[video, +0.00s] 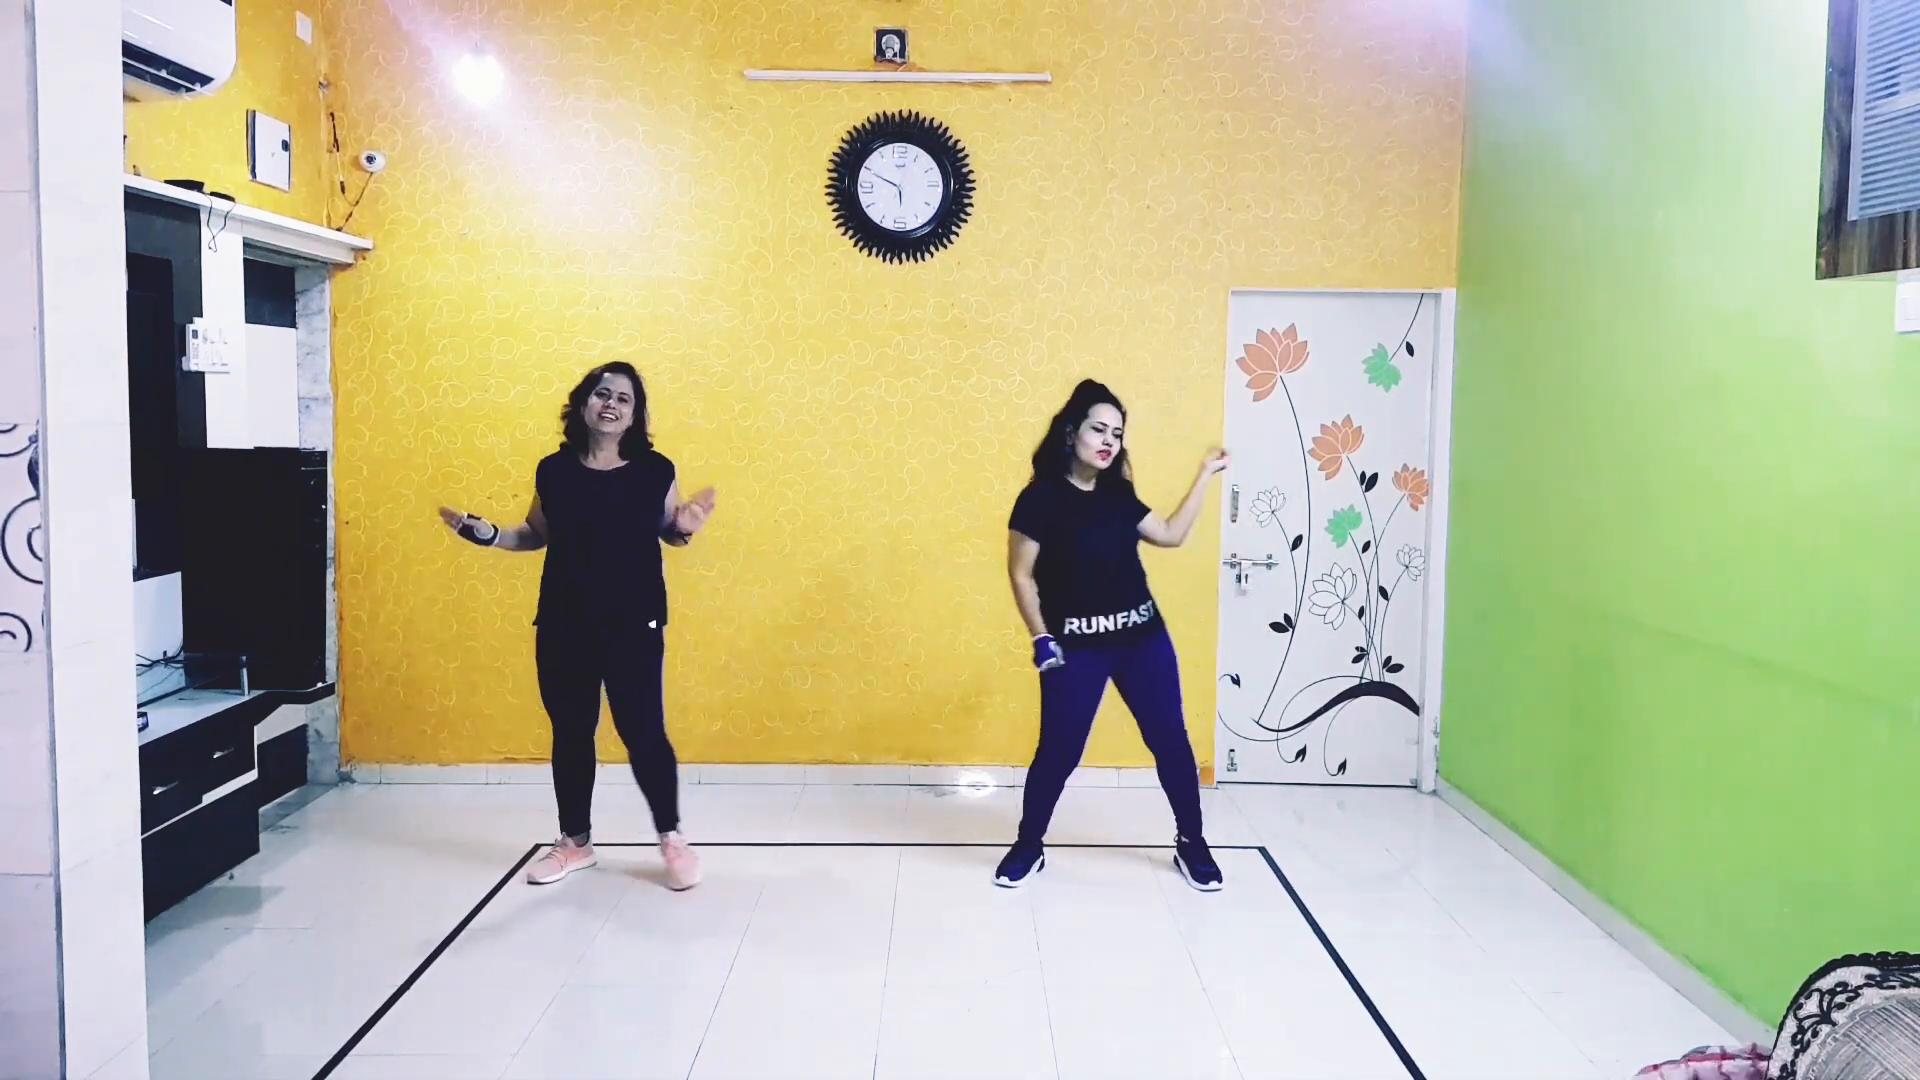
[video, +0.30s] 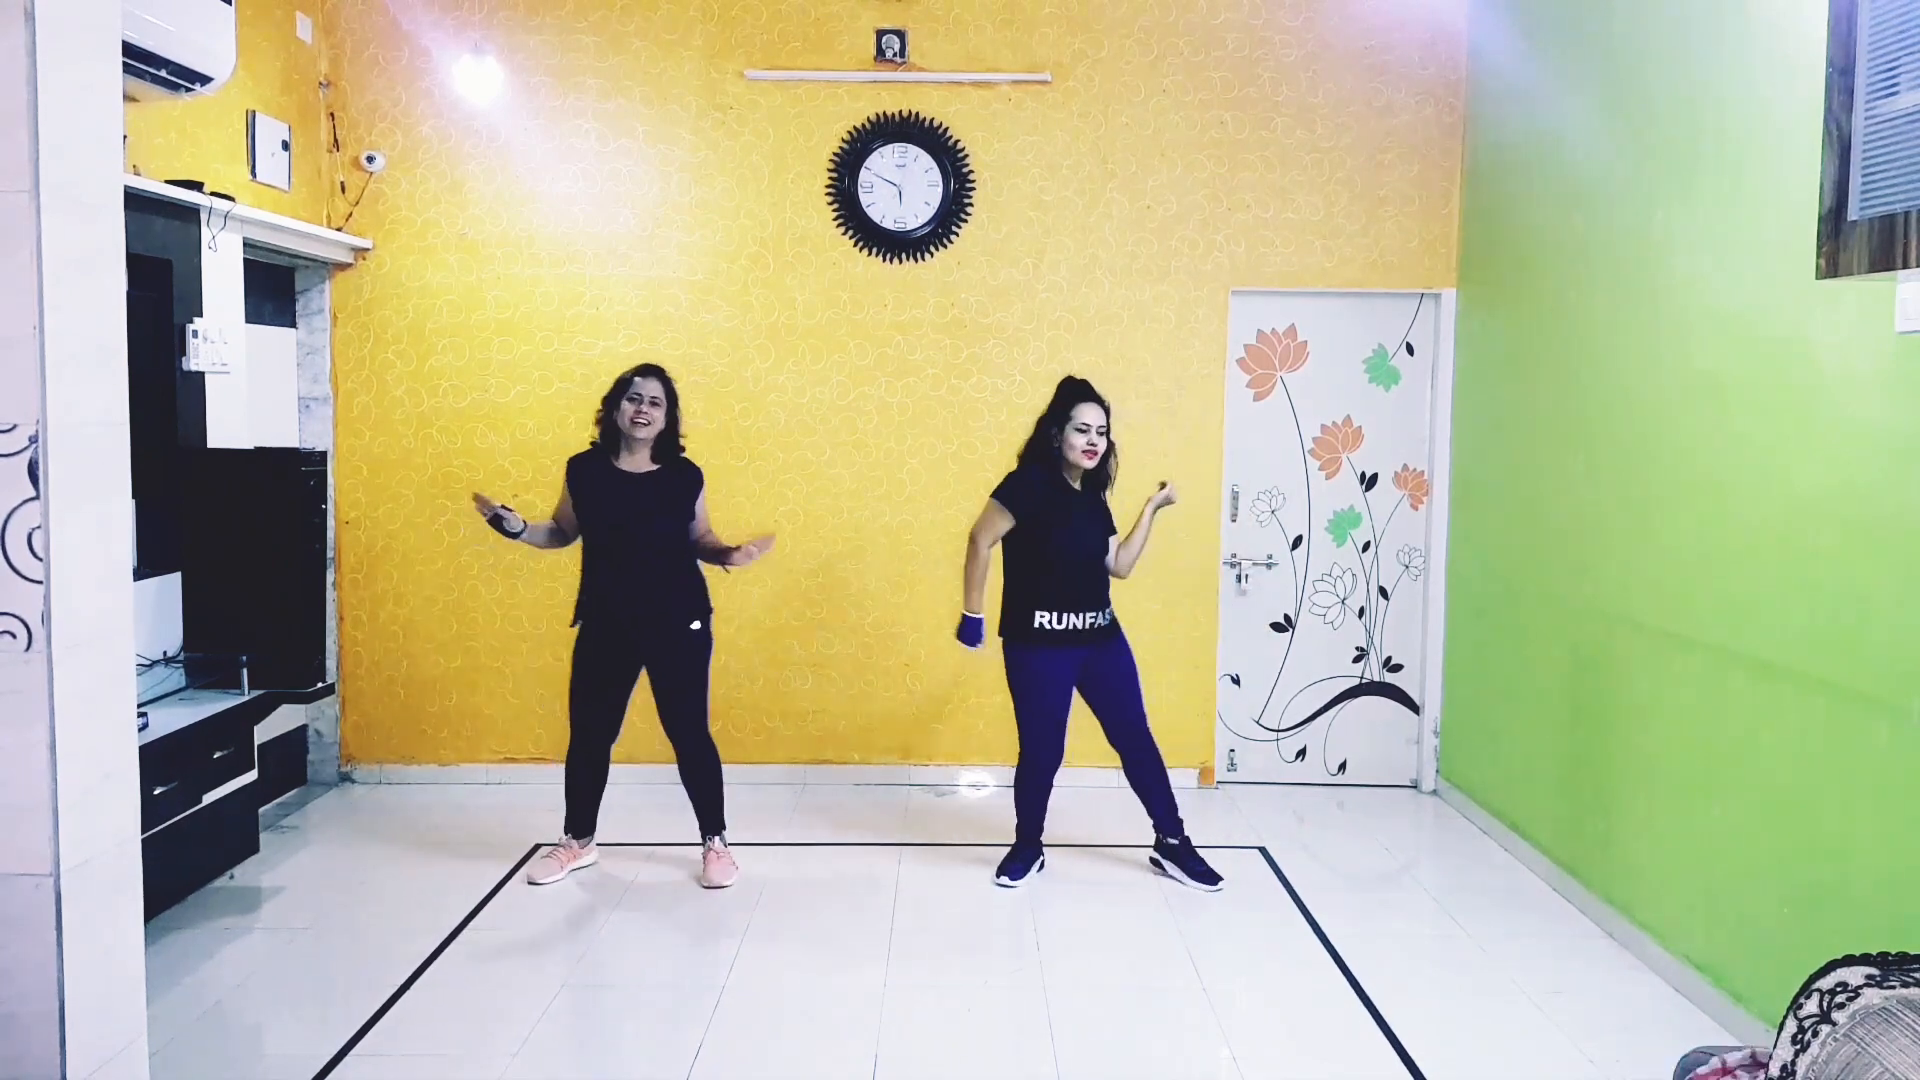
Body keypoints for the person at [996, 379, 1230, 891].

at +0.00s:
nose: (1109, 440)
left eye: (1116, 433)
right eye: (1099, 428)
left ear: (1120, 442)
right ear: (1071, 430)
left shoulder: (1116, 495)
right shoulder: (1040, 498)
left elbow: (1171, 534)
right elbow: (1021, 574)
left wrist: (1206, 473)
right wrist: (1042, 639)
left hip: (1141, 639)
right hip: (1074, 645)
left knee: (1171, 741)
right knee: (1057, 755)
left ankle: (1192, 841)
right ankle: (1028, 844)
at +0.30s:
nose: (1093, 441)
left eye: (1101, 433)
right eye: (1082, 430)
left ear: (1107, 441)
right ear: (1056, 432)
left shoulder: (1092, 499)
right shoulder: (1027, 485)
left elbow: (1121, 564)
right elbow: (981, 538)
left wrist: (1150, 509)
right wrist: (972, 613)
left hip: (1099, 640)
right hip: (1037, 643)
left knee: (1135, 738)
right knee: (1040, 754)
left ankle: (1171, 839)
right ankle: (1027, 845)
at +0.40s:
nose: (1091, 443)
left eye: (1099, 433)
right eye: (1079, 433)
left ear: (1107, 441)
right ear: (1056, 437)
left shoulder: (1093, 501)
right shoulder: (1029, 484)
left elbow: (1107, 578)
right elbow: (974, 529)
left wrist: (1142, 523)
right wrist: (954, 598)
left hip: (1088, 640)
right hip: (1028, 641)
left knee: (1126, 740)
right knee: (1037, 752)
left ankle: (1166, 840)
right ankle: (1027, 845)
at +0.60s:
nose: (1087, 448)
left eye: (1096, 436)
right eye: (1074, 438)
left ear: (1110, 442)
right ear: (1057, 444)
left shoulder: (1102, 507)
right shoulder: (1033, 486)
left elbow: (1093, 582)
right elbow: (964, 516)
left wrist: (1133, 564)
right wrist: (922, 566)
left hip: (1078, 641)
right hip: (1016, 638)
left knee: (1123, 740)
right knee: (1029, 751)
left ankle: (1161, 843)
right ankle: (1026, 844)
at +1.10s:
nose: (1091, 449)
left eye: (1103, 438)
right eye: (1082, 438)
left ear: (1122, 445)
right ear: (1069, 445)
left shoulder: (1152, 501)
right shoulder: (1068, 504)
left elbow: (1207, 545)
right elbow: (1011, 550)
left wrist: (1203, 604)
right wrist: (983, 501)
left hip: (1125, 650)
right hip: (1056, 640)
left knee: (1144, 756)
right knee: (1038, 745)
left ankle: (1183, 843)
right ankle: (1027, 843)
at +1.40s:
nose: (1119, 453)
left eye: (1131, 442)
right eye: (1109, 441)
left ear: (1150, 447)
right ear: (1096, 447)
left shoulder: (1178, 494)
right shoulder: (1101, 508)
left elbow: (1240, 531)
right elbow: (1076, 578)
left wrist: (1238, 597)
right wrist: (1023, 549)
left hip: (1170, 652)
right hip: (1102, 647)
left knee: (1176, 760)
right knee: (1063, 749)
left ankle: (1192, 846)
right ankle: (1029, 842)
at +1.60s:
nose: (1130, 452)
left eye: (1143, 442)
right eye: (1121, 440)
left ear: (1160, 447)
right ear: (1107, 446)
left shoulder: (1188, 493)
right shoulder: (1105, 513)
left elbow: (1256, 518)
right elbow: (1095, 587)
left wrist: (1255, 584)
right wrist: (1044, 590)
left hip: (1184, 651)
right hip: (1115, 648)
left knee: (1186, 759)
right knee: (1075, 748)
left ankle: (1193, 847)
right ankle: (1029, 842)